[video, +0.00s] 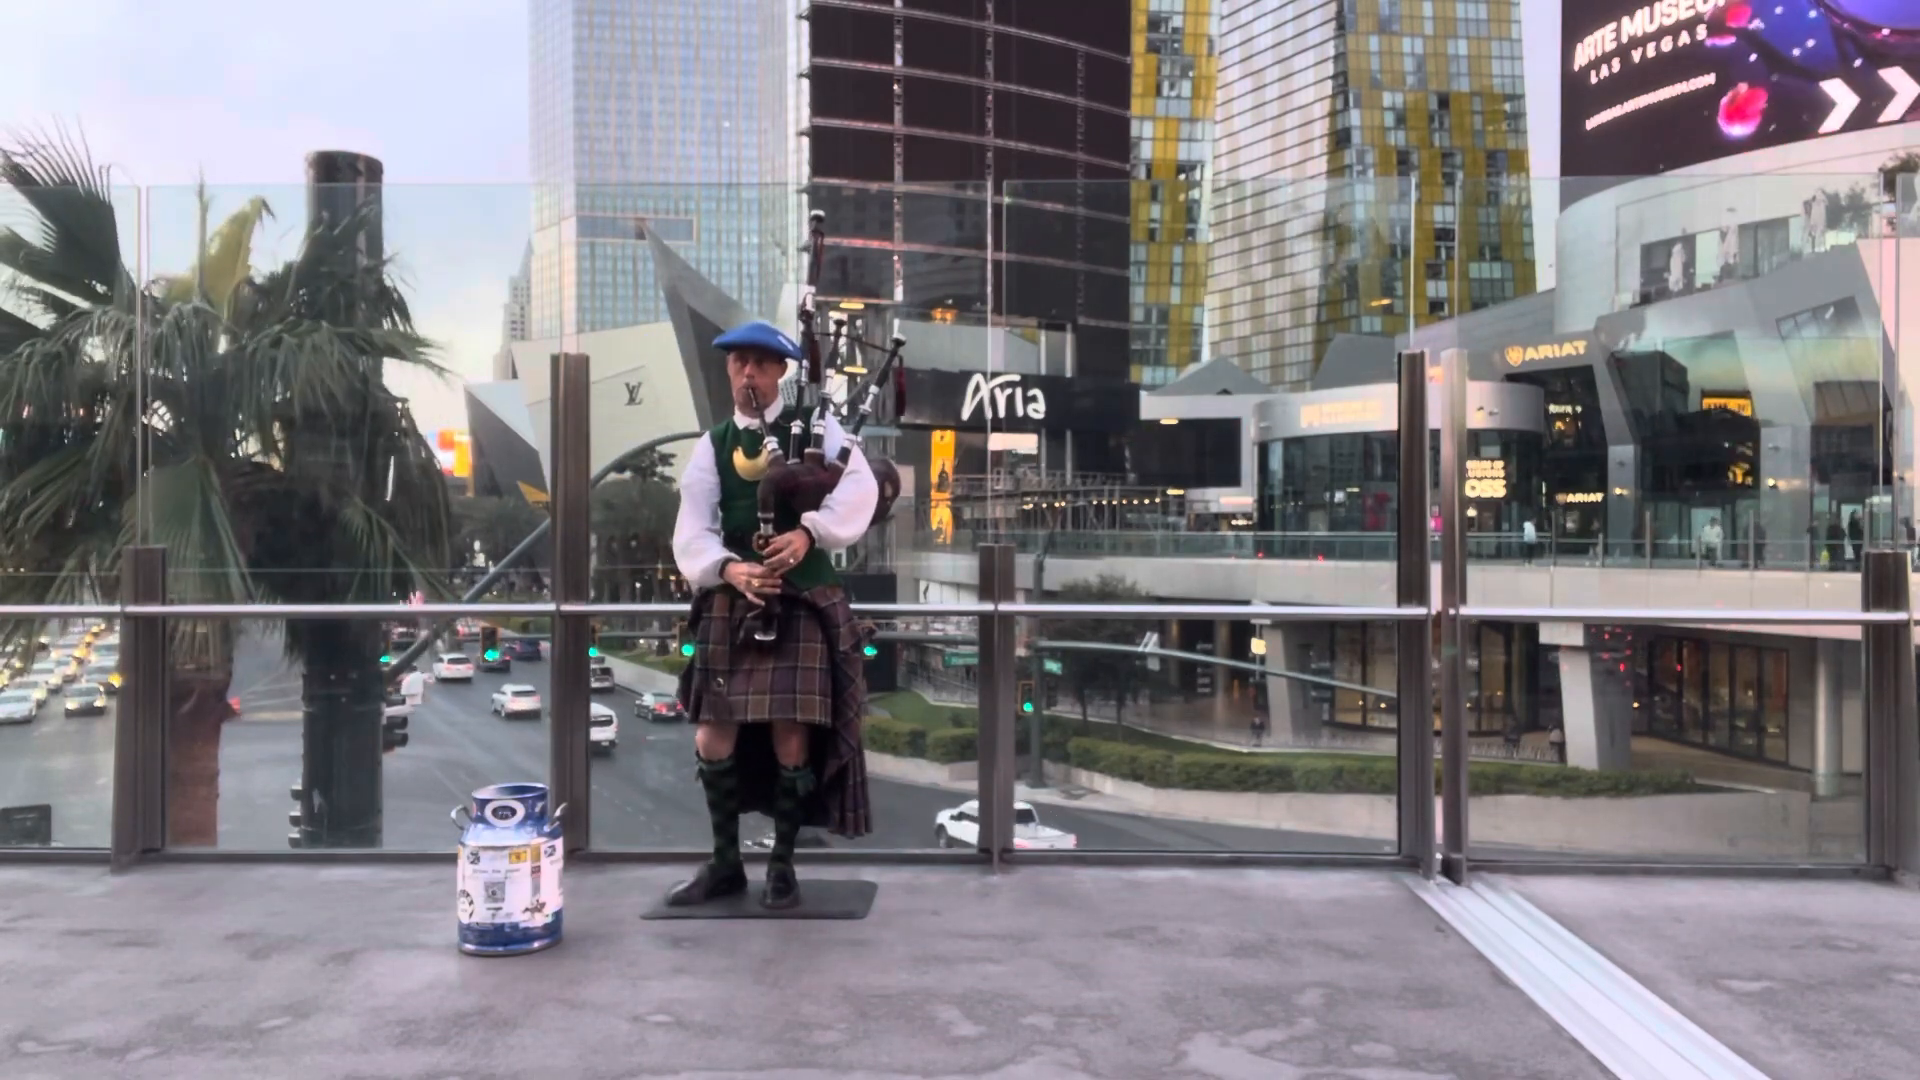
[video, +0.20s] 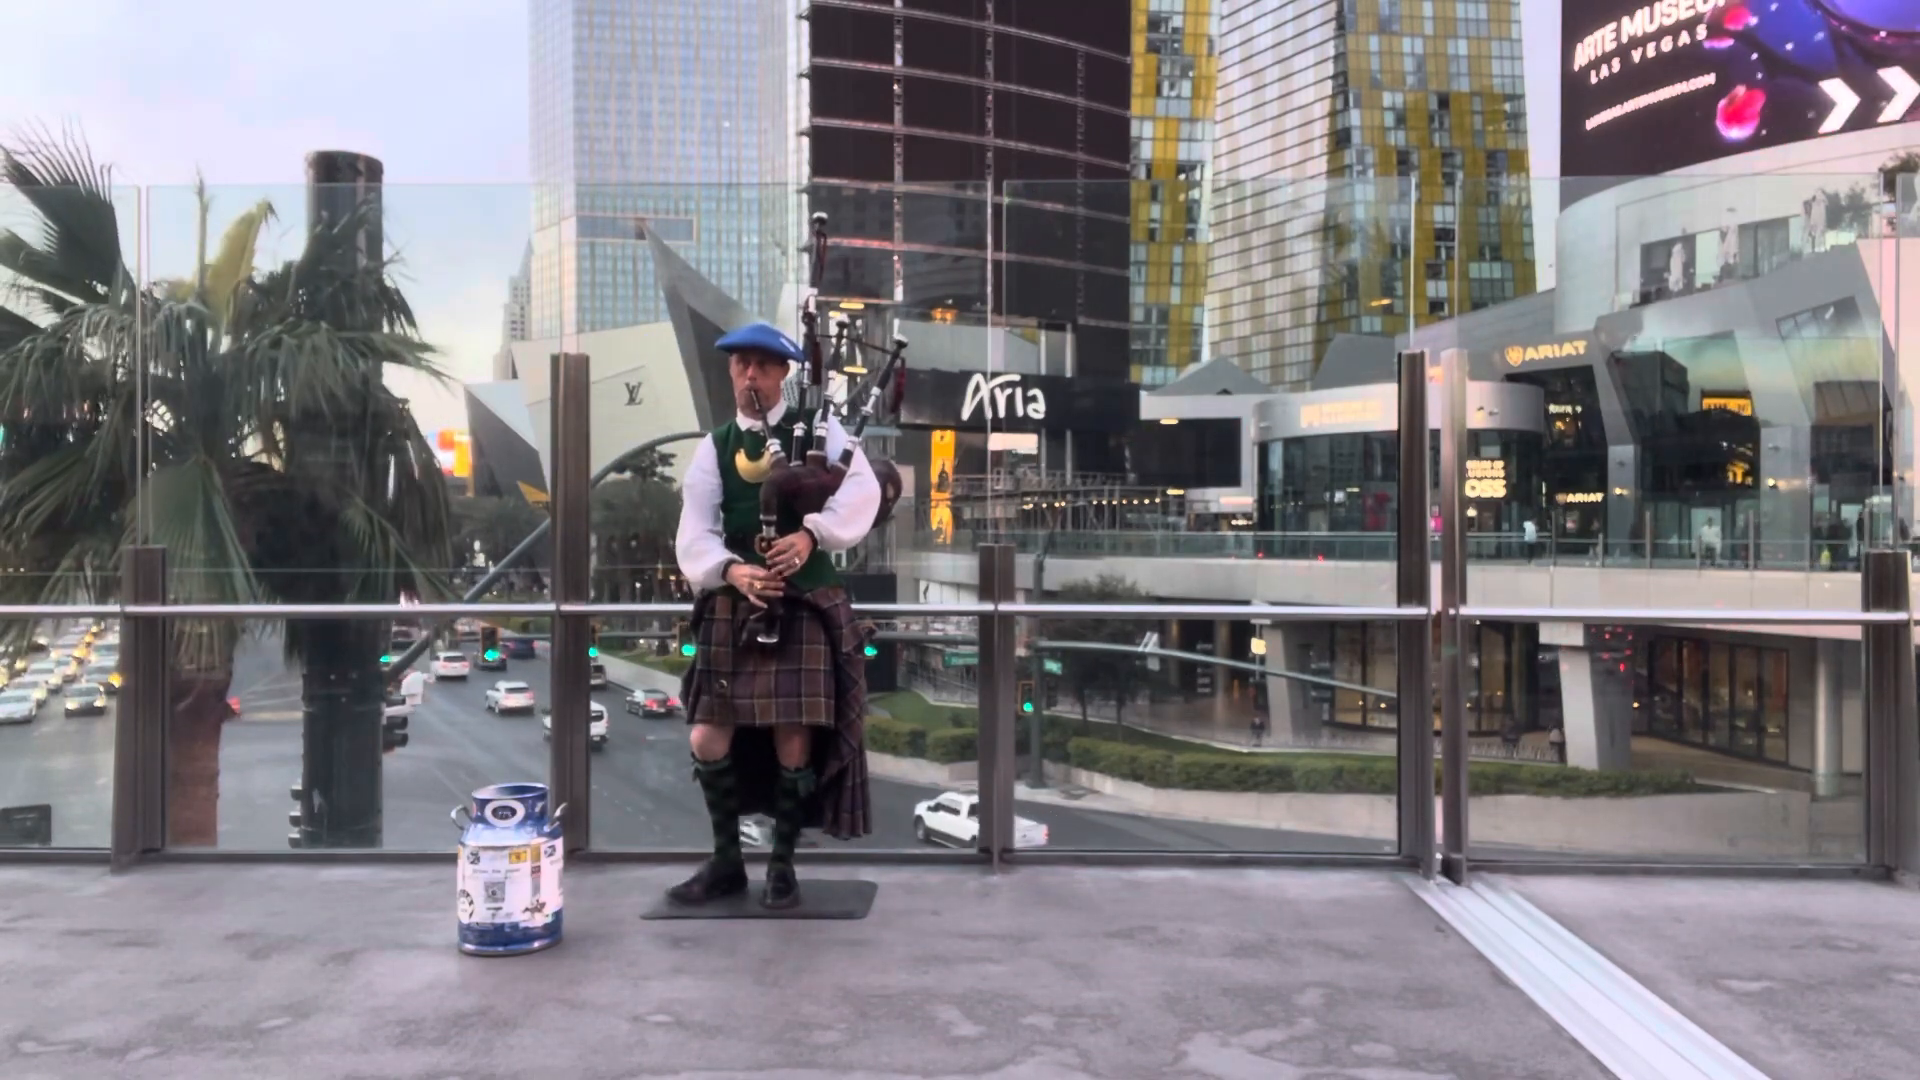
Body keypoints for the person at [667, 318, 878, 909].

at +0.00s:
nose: (747, 374)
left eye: (760, 363)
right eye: (739, 362)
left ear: (784, 371)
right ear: (727, 371)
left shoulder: (819, 428)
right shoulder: (712, 445)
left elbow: (861, 487)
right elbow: (691, 530)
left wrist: (811, 532)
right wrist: (727, 567)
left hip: (802, 596)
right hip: (730, 594)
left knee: (789, 728)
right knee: (713, 730)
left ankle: (781, 863)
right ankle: (725, 862)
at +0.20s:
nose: (749, 376)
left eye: (762, 364)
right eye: (741, 364)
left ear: (786, 373)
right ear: (729, 373)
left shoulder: (820, 429)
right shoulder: (714, 447)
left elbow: (864, 489)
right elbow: (694, 531)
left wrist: (814, 533)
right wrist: (730, 568)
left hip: (804, 599)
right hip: (733, 597)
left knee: (792, 733)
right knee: (707, 735)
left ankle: (781, 866)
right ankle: (726, 862)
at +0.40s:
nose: (749, 374)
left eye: (762, 363)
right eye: (741, 363)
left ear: (786, 372)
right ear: (729, 372)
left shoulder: (821, 430)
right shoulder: (714, 444)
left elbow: (864, 488)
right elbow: (695, 531)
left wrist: (814, 532)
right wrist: (732, 568)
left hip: (803, 599)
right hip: (730, 597)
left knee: (791, 733)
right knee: (711, 735)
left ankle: (781, 866)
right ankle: (729, 862)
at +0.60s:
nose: (749, 374)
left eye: (761, 363)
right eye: (740, 363)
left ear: (785, 371)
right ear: (728, 372)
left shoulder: (819, 428)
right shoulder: (713, 444)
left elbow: (863, 487)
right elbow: (694, 530)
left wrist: (813, 531)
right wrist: (731, 567)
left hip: (803, 597)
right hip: (731, 595)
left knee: (790, 732)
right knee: (711, 734)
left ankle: (781, 865)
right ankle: (729, 861)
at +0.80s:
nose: (748, 375)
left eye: (761, 364)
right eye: (740, 364)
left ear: (785, 371)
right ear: (728, 373)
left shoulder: (820, 429)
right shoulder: (714, 444)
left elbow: (864, 490)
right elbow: (694, 530)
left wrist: (814, 533)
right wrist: (731, 567)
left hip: (803, 598)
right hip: (731, 595)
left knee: (790, 730)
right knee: (712, 733)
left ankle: (782, 865)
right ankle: (729, 862)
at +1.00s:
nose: (749, 377)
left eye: (761, 365)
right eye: (740, 365)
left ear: (786, 373)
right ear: (728, 374)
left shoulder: (820, 431)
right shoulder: (714, 447)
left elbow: (865, 491)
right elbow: (696, 533)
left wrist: (815, 534)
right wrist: (731, 571)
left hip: (803, 601)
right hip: (732, 599)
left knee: (791, 735)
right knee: (707, 738)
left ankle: (782, 865)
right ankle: (730, 860)